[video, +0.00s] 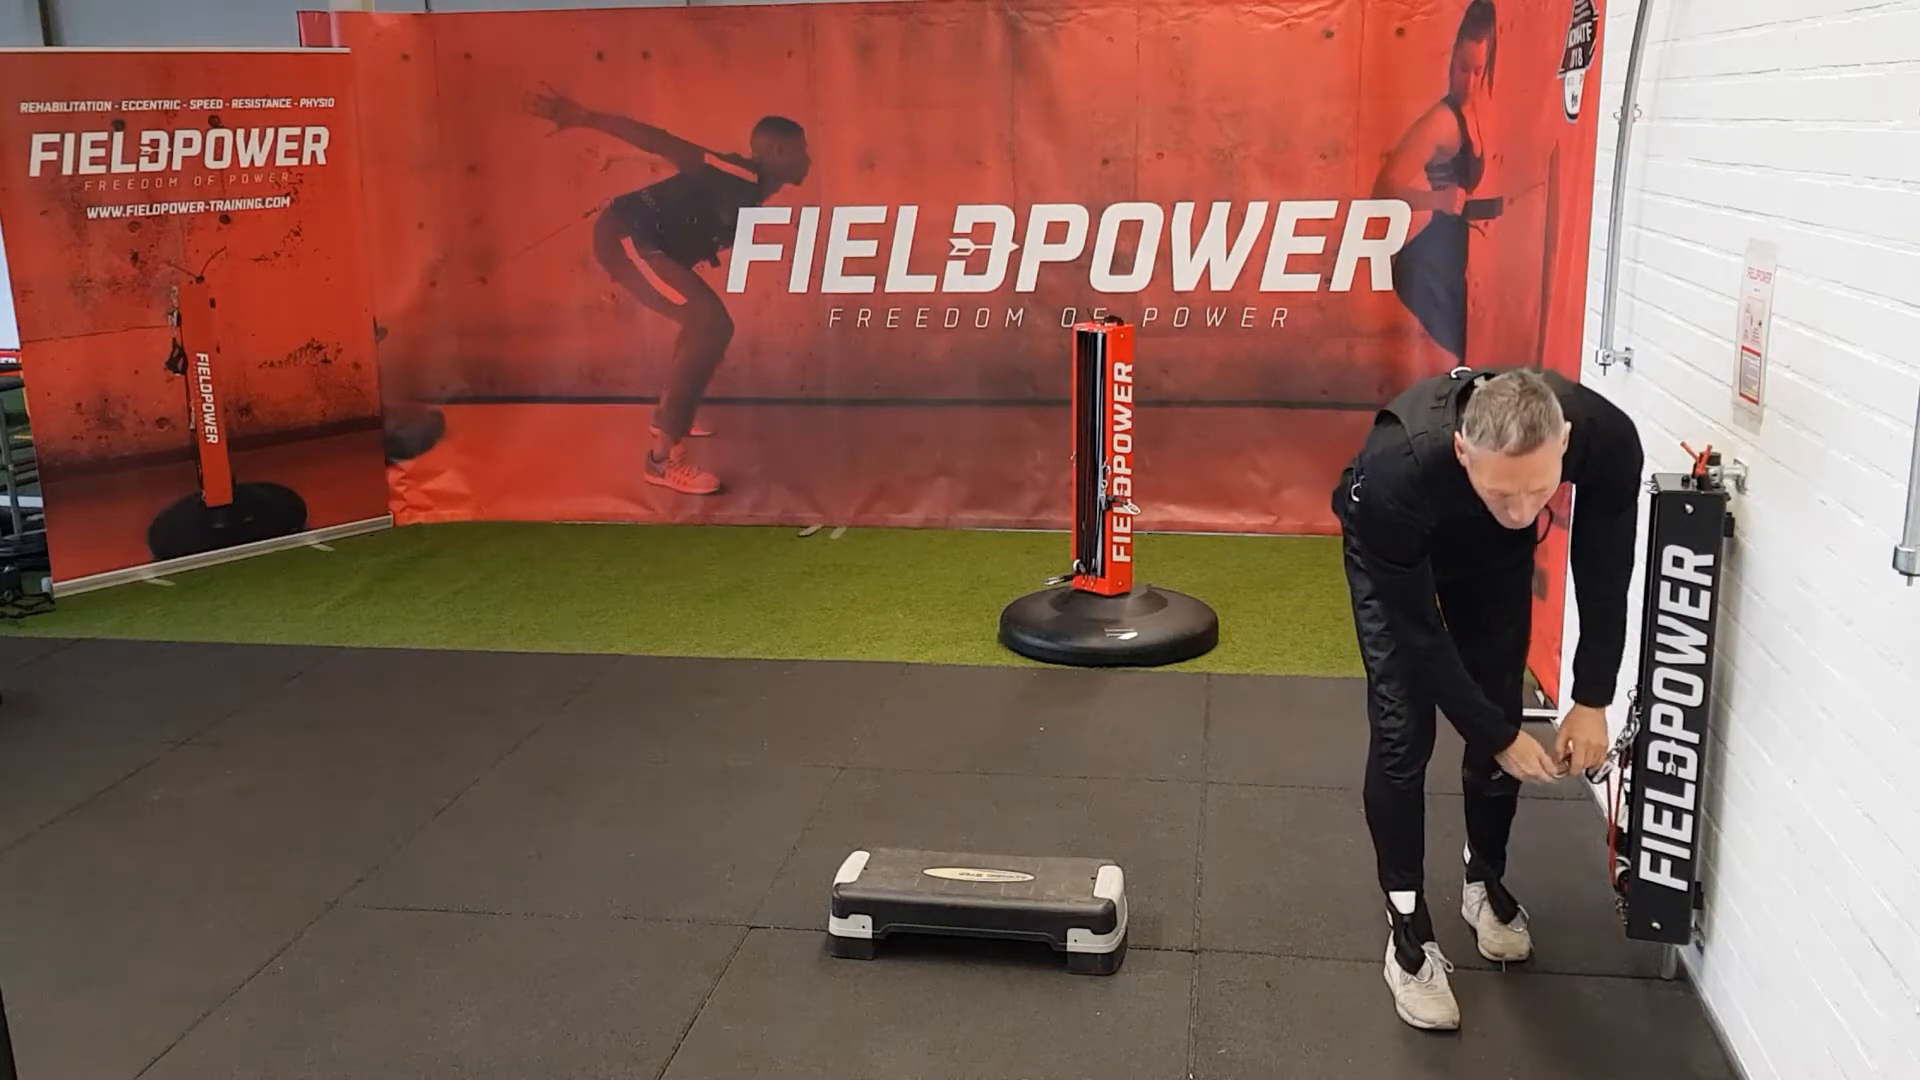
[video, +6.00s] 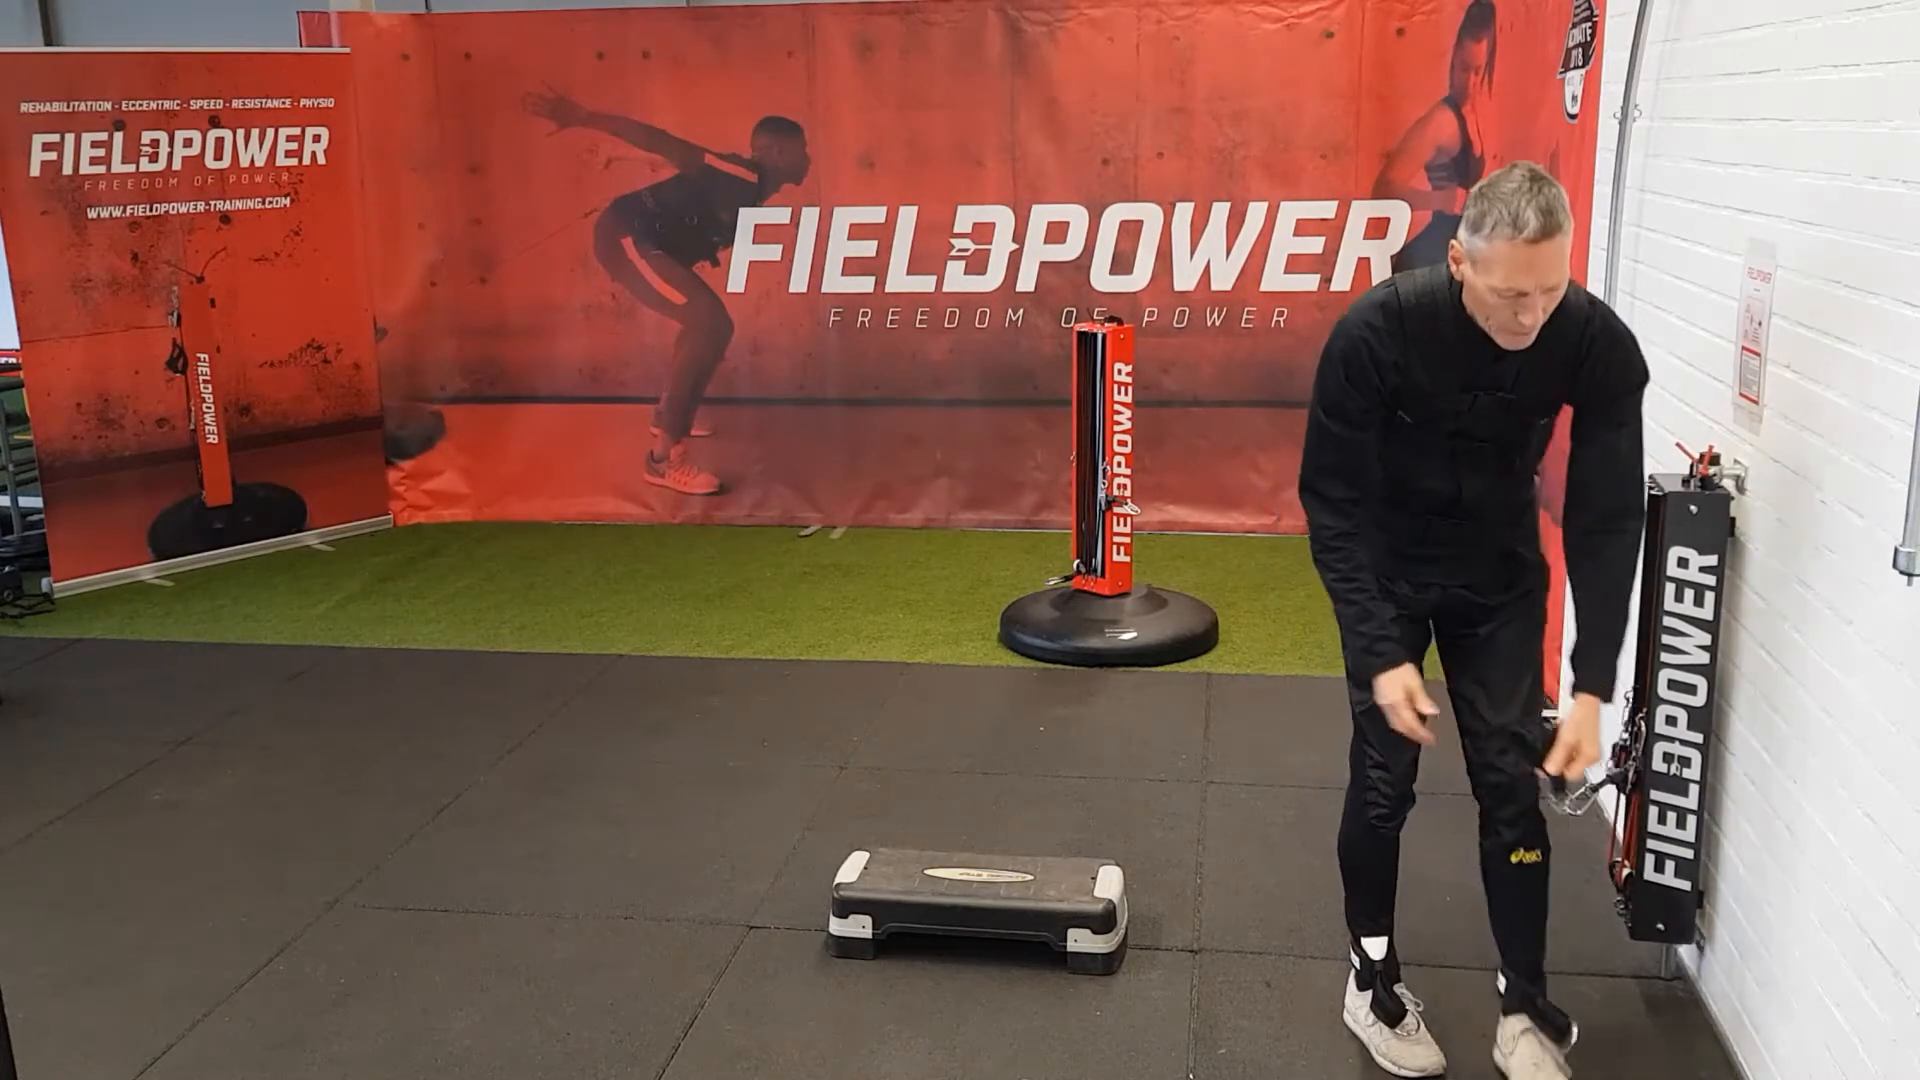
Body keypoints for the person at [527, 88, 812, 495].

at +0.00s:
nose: (808, 158)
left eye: (805, 149)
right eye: (801, 150)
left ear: (773, 151)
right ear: (773, 151)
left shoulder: (746, 186)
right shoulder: (735, 179)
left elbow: (660, 142)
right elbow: (658, 141)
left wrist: (583, 116)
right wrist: (583, 117)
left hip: (641, 235)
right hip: (627, 234)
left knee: (709, 322)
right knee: (713, 326)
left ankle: (670, 413)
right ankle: (663, 457)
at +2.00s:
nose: (807, 159)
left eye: (804, 150)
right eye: (800, 150)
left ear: (774, 151)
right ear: (772, 150)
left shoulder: (749, 191)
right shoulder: (735, 177)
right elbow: (661, 143)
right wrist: (582, 117)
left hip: (643, 236)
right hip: (627, 234)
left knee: (708, 322)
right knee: (713, 325)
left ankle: (670, 414)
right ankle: (665, 457)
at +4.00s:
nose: (807, 158)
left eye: (805, 150)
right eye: (800, 150)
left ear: (774, 151)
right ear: (770, 150)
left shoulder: (750, 190)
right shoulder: (735, 175)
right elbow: (661, 142)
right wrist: (584, 117)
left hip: (647, 238)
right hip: (626, 233)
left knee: (711, 322)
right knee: (711, 325)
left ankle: (671, 412)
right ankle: (665, 456)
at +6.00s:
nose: (807, 158)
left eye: (805, 149)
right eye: (800, 149)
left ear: (773, 151)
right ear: (771, 150)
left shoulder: (750, 187)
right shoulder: (736, 175)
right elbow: (659, 141)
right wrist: (583, 117)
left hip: (645, 236)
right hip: (627, 233)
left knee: (710, 322)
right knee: (712, 325)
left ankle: (670, 413)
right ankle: (665, 457)